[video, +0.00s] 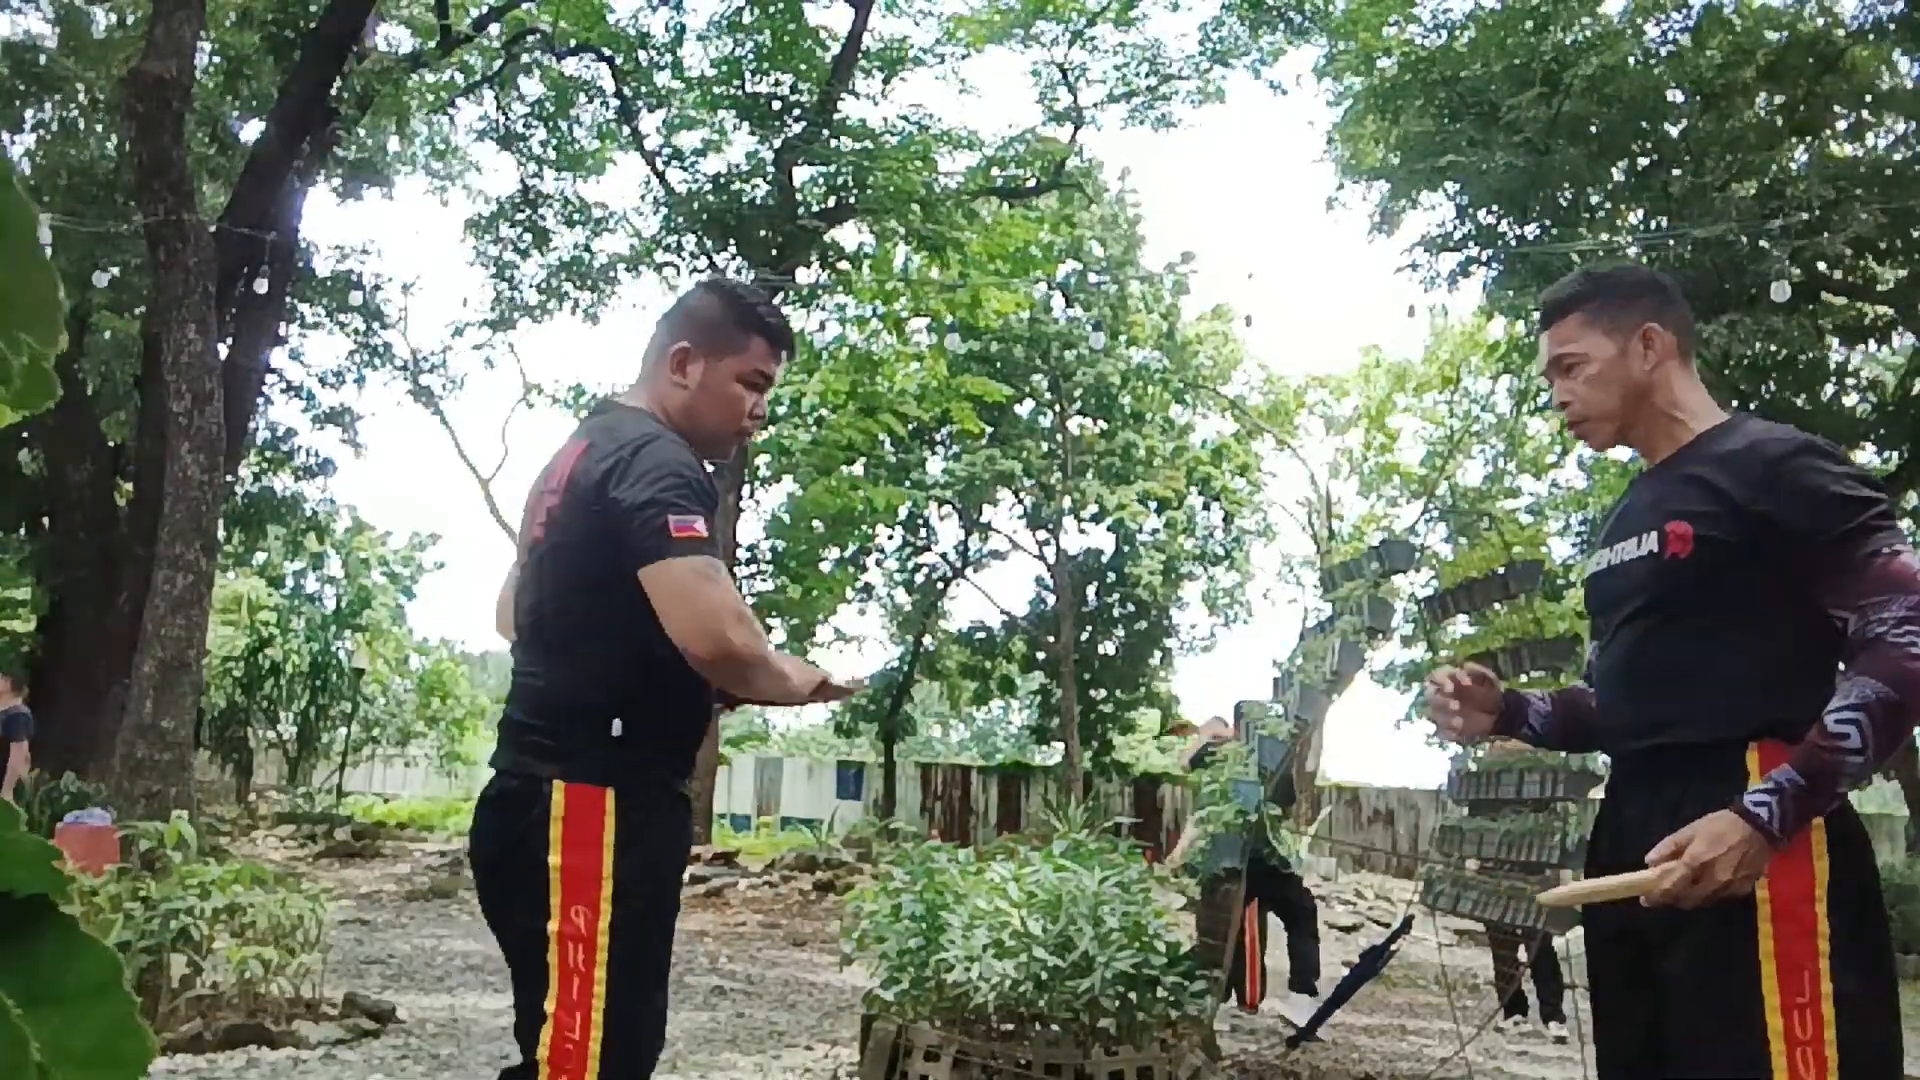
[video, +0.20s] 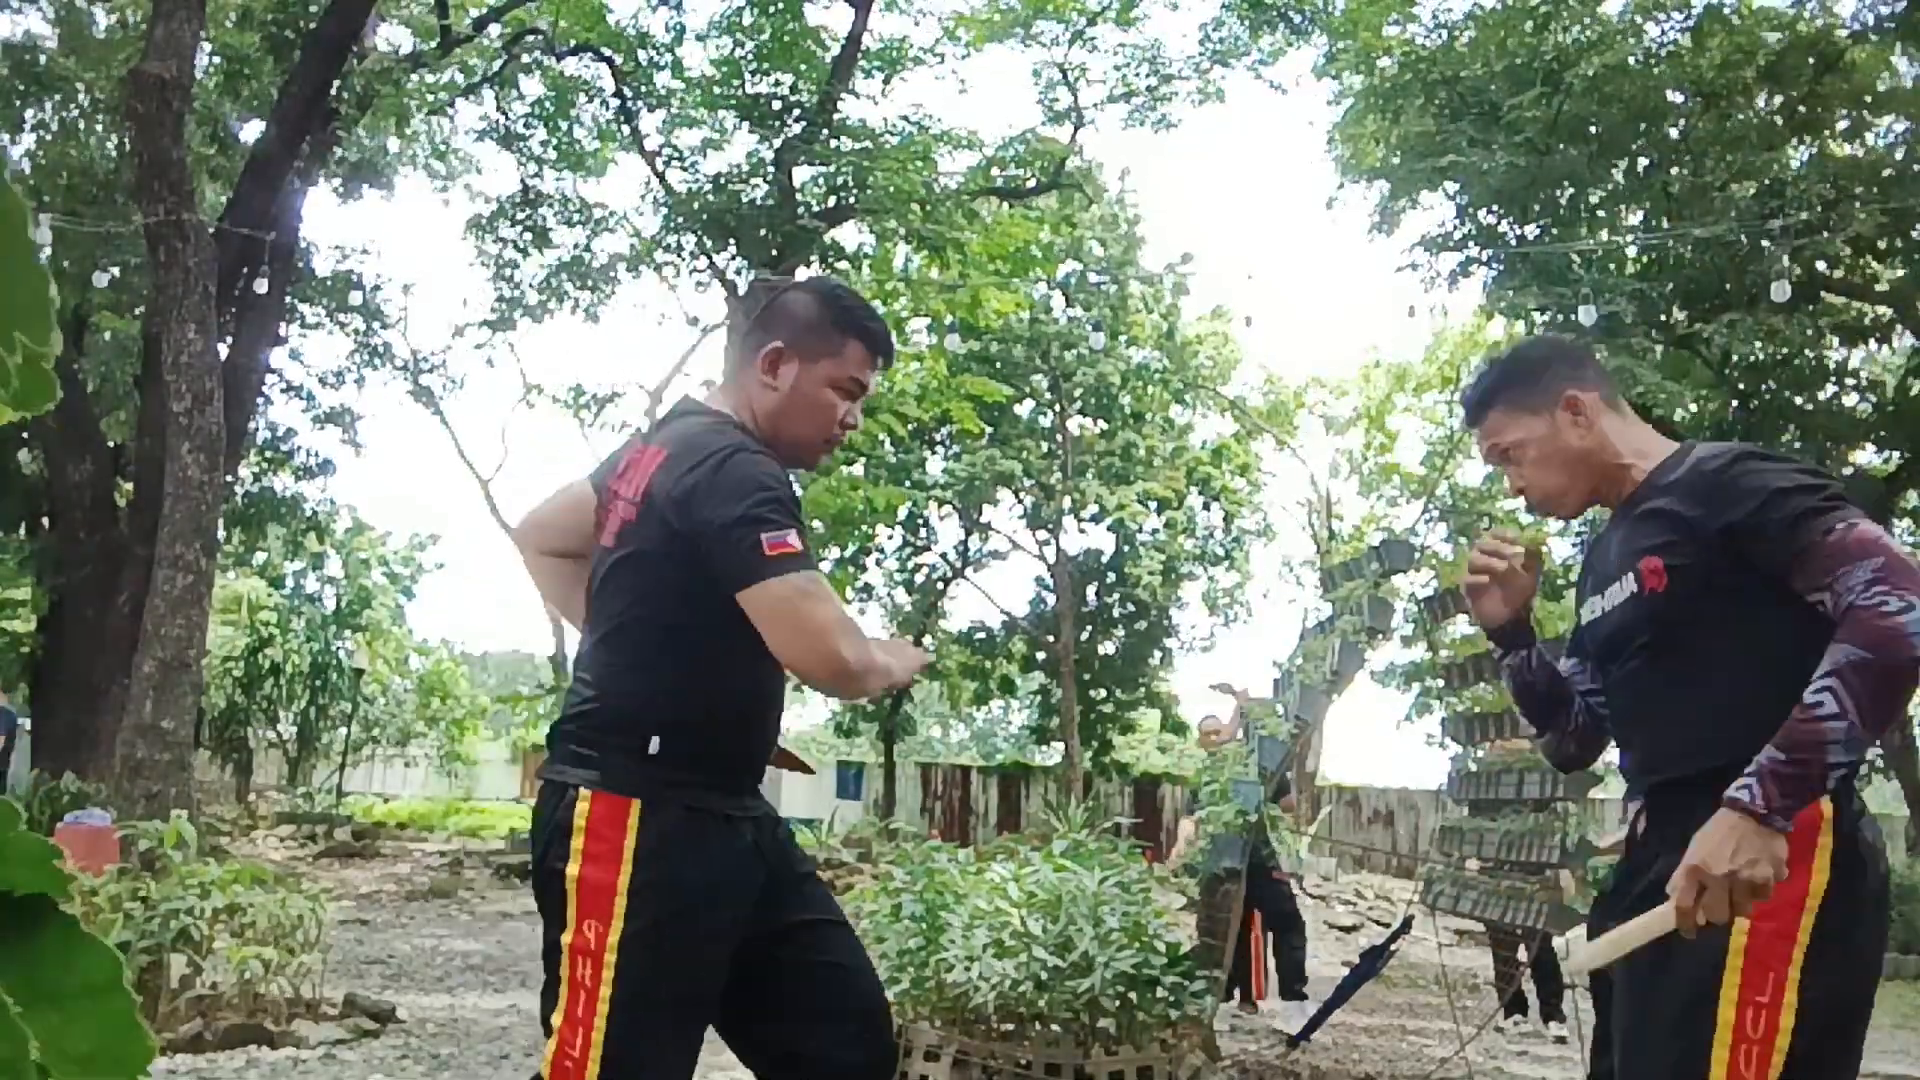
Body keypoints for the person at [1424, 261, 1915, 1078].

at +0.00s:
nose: (1557, 400)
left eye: (1572, 368)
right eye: (1551, 380)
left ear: (1651, 348)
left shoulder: (1774, 463)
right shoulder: (1626, 515)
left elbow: (1905, 634)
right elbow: (1630, 703)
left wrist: (1768, 813)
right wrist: (1511, 711)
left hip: (1764, 835)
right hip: (1633, 842)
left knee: (1776, 1061)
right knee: (1639, 1062)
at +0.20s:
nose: (1509, 487)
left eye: (1509, 456)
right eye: (1498, 467)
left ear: (1578, 412)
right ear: (1577, 414)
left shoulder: (1719, 478)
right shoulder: (1601, 556)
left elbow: (1893, 602)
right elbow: (1575, 742)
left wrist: (1763, 802)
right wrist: (1513, 635)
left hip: (1774, 843)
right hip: (1663, 850)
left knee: (1721, 1065)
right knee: (1628, 1063)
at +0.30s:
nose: (1493, 546)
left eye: (1483, 516)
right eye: (1477, 528)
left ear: (1537, 470)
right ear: (1542, 472)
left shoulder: (1665, 513)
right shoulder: (1627, 574)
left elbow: (1738, 627)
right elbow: (1603, 780)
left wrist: (1613, 833)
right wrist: (1535, 647)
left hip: (1768, 858)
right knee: (1634, 1061)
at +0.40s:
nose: (1488, 562)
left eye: (1477, 534)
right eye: (1472, 544)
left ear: (1519, 486)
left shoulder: (1591, 526)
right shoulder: (1703, 527)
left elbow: (1507, 704)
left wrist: (1421, 882)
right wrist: (1666, 804)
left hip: (1755, 867)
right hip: (1870, 857)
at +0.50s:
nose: (1501, 533)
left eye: (1495, 511)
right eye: (1494, 518)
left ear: (1524, 472)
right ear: (1609, 447)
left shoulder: (1534, 545)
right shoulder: (1802, 501)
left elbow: (1406, 715)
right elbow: (1871, 684)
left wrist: (1401, 825)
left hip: (1712, 875)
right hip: (1892, 851)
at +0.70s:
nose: (1596, 416)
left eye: (1593, 397)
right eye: (1589, 404)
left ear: (1633, 363)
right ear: (1740, 370)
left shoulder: (1622, 446)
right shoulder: (1879, 515)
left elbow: (1471, 470)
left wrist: (1526, 412)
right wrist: (1575, 683)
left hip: (1639, 896)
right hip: (1822, 905)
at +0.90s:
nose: (1566, 424)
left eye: (1570, 380)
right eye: (1557, 398)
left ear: (1658, 341)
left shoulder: (1826, 448)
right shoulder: (1649, 540)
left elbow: (1590, 545)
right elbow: (1494, 666)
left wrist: (1409, 384)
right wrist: (1373, 473)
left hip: (1844, 922)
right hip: (1692, 924)